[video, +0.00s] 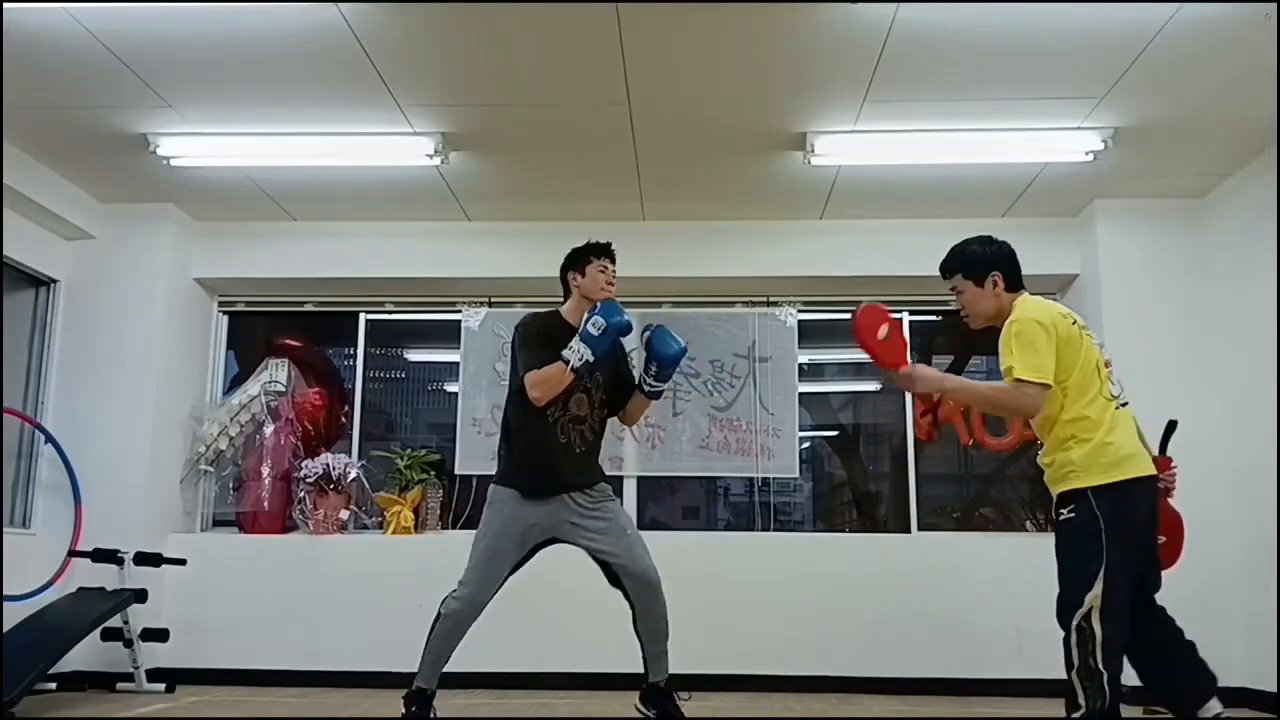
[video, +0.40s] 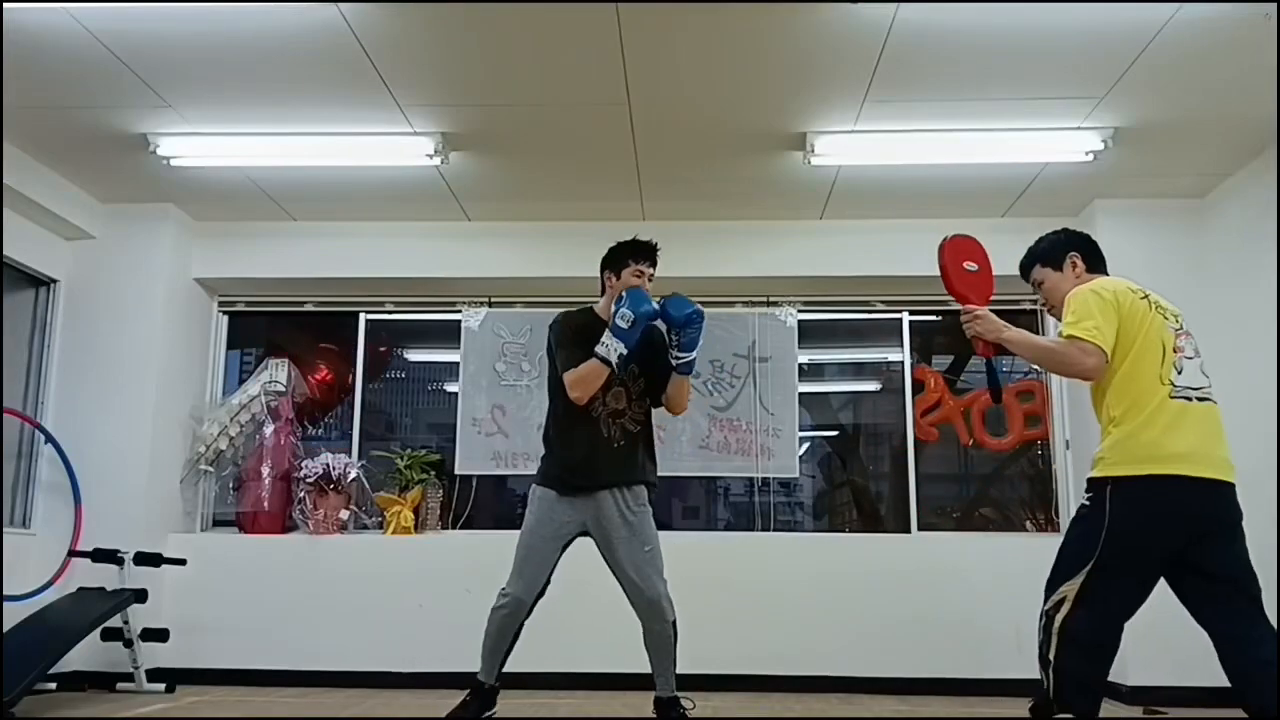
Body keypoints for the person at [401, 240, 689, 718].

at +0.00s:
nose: (612, 280)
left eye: (613, 274)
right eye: (603, 272)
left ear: (610, 285)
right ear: (574, 279)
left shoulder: (610, 347)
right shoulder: (537, 327)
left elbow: (629, 415)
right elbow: (537, 391)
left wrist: (655, 377)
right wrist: (588, 347)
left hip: (588, 495)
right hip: (519, 495)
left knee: (646, 580)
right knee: (471, 595)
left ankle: (658, 690)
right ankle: (420, 693)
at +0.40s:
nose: (645, 284)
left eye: (650, 278)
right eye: (637, 275)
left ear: (652, 285)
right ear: (609, 278)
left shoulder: (651, 334)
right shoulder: (571, 324)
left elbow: (676, 405)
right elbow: (578, 390)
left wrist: (684, 349)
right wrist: (620, 337)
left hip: (623, 492)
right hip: (558, 490)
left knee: (656, 602)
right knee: (517, 595)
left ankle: (668, 702)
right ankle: (483, 692)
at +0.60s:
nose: (649, 304)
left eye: (655, 297)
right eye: (642, 294)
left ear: (658, 301)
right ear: (614, 294)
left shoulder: (653, 348)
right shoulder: (573, 338)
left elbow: (682, 412)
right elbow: (595, 395)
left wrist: (690, 356)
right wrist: (635, 335)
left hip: (642, 505)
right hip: (570, 508)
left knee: (687, 587)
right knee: (530, 614)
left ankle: (678, 682)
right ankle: (519, 700)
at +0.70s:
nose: (664, 297)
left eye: (669, 291)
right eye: (655, 288)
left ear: (672, 298)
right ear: (627, 292)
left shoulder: (672, 349)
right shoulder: (588, 338)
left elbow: (712, 414)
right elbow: (587, 395)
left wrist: (709, 360)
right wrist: (633, 341)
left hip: (660, 507)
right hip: (585, 512)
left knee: (715, 582)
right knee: (538, 613)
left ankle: (737, 690)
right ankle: (521, 697)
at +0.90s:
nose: (729, 320)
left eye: (734, 313)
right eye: (720, 309)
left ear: (733, 322)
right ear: (689, 312)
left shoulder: (726, 362)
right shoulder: (640, 358)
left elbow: (780, 354)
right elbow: (638, 423)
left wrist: (805, 303)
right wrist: (680, 366)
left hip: (701, 536)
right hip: (626, 539)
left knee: (773, 627)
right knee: (577, 649)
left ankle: (833, 713)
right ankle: (557, 712)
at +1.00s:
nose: (713, 304)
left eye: (720, 298)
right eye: (704, 293)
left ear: (722, 307)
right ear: (675, 295)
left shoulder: (730, 359)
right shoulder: (631, 347)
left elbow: (785, 410)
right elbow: (597, 415)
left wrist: (787, 367)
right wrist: (643, 374)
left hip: (697, 525)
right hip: (617, 521)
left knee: (768, 610)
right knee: (548, 612)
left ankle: (824, 708)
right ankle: (545, 695)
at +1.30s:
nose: (649, 314)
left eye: (656, 305)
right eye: (638, 305)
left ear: (664, 310)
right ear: (614, 315)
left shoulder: (683, 368)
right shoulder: (585, 371)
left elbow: (703, 438)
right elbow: (568, 442)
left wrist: (722, 492)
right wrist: (610, 385)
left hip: (676, 540)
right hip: (596, 544)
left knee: (750, 615)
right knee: (529, 638)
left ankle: (801, 711)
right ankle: (484, 705)